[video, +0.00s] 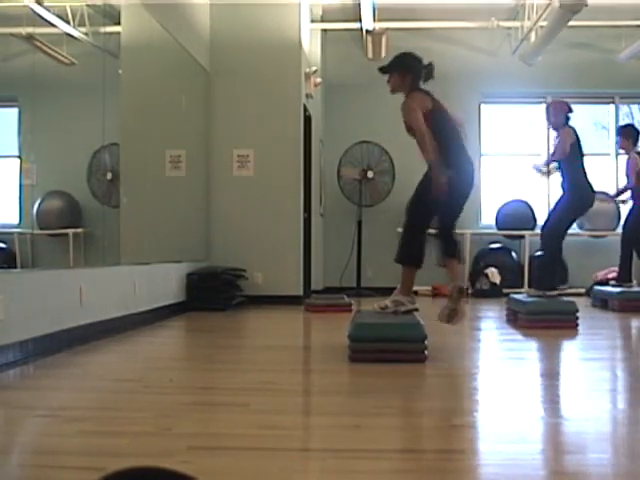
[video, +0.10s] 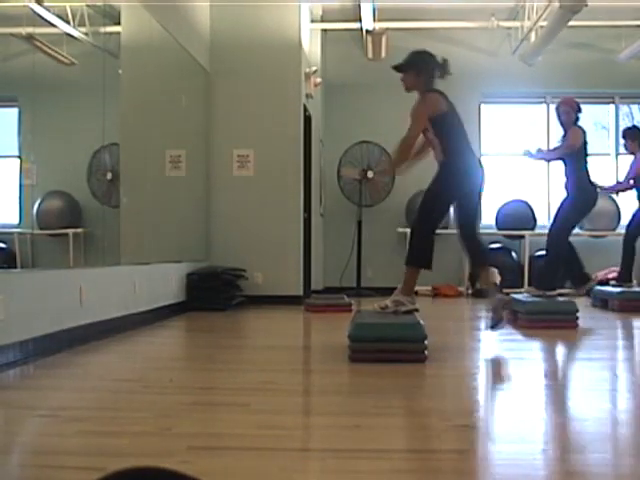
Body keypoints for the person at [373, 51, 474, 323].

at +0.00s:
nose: (388, 79)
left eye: (392, 74)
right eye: (388, 74)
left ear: (406, 76)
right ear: (412, 77)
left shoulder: (411, 103)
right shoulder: (429, 99)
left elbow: (424, 135)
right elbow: (458, 124)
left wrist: (436, 172)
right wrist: (455, 156)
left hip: (442, 168)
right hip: (464, 169)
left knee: (415, 224)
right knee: (446, 227)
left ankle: (404, 293)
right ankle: (458, 283)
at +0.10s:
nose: (401, 78)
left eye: (406, 73)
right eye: (402, 73)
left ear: (420, 74)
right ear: (426, 75)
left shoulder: (426, 102)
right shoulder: (439, 100)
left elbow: (409, 142)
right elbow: (424, 145)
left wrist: (388, 168)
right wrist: (398, 167)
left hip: (452, 172)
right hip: (471, 171)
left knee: (423, 226)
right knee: (469, 232)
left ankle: (405, 294)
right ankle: (491, 286)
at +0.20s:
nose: (417, 91)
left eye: (421, 86)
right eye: (417, 86)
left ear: (436, 89)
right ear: (436, 89)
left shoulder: (443, 116)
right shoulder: (446, 113)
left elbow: (405, 135)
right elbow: (407, 133)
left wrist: (367, 135)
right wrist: (370, 132)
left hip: (467, 185)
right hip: (479, 184)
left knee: (422, 231)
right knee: (491, 244)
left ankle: (405, 295)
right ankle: (525, 301)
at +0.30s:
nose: (433, 109)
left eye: (437, 104)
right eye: (434, 104)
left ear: (449, 106)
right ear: (457, 107)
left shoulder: (461, 131)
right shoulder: (460, 132)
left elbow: (418, 128)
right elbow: (419, 128)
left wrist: (385, 111)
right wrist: (389, 112)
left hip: (488, 203)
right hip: (491, 202)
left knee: (432, 235)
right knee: (513, 264)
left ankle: (406, 296)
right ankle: (551, 321)